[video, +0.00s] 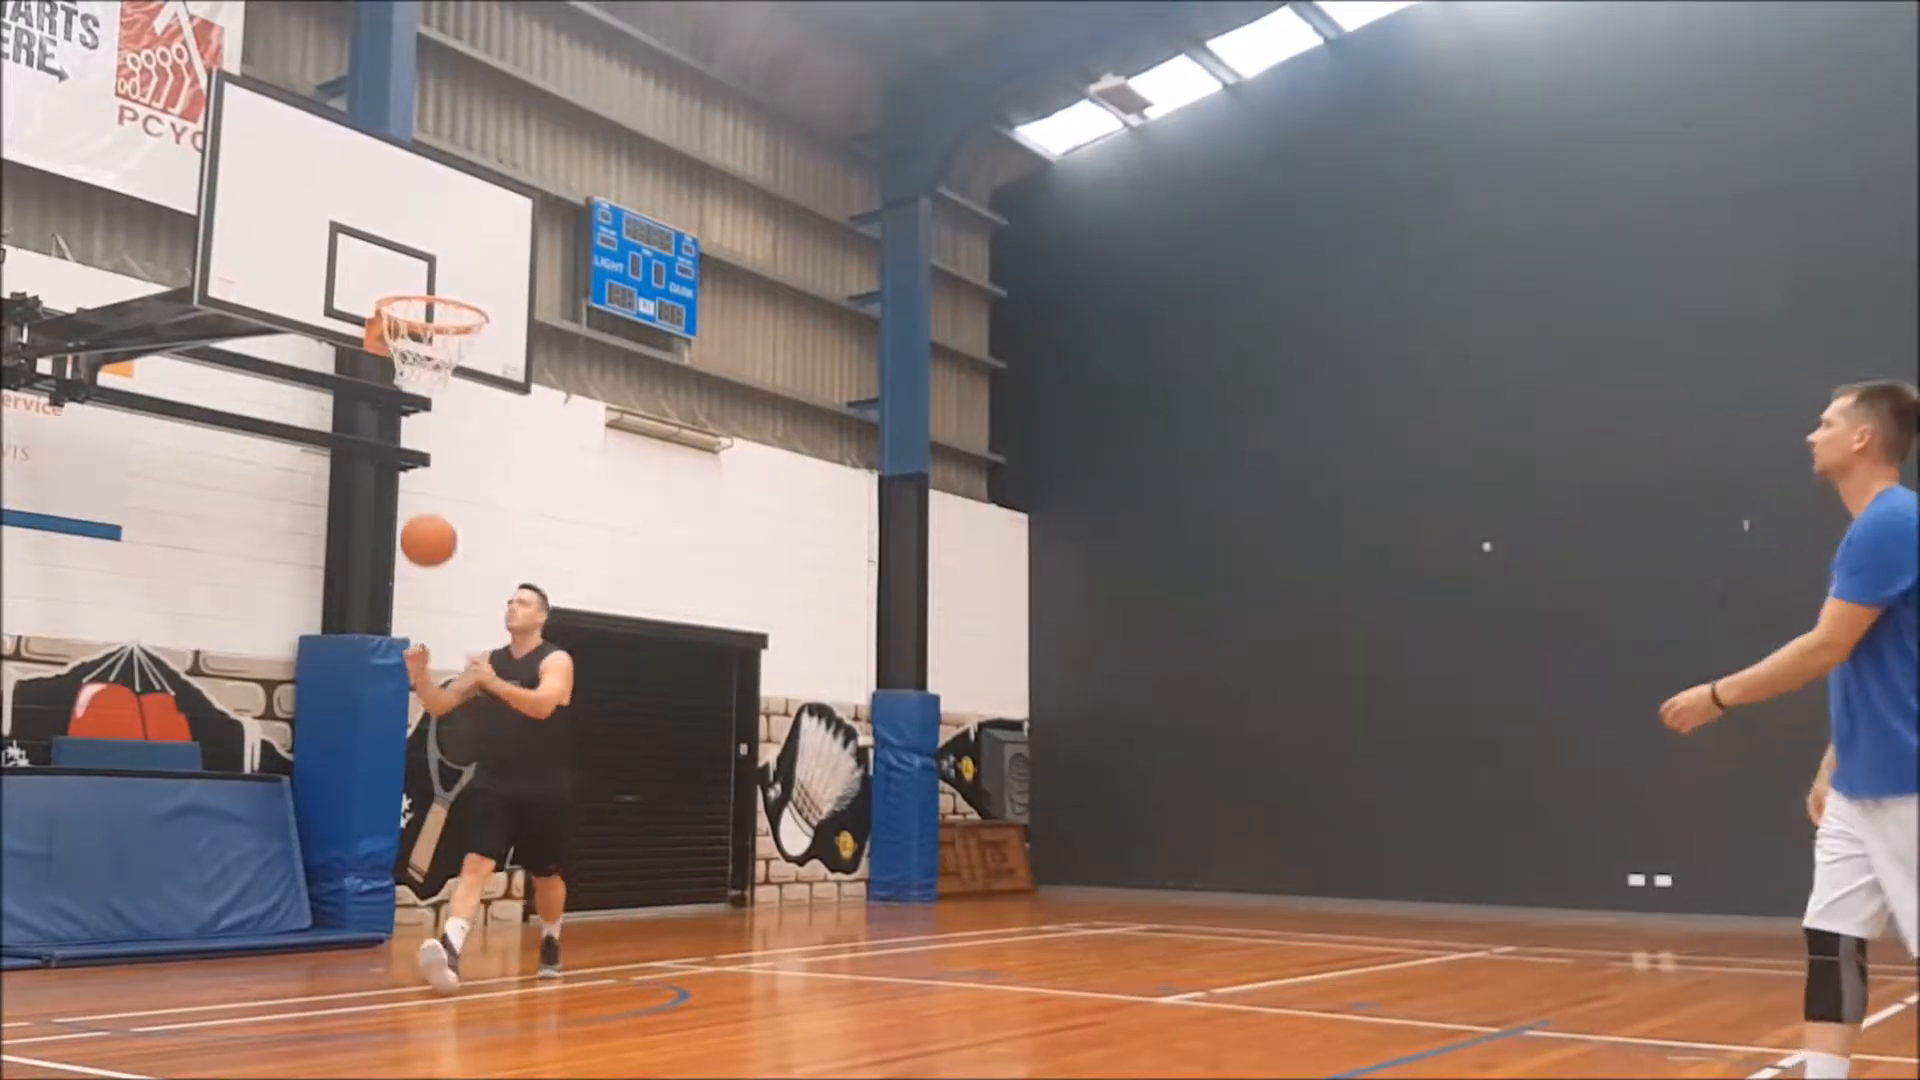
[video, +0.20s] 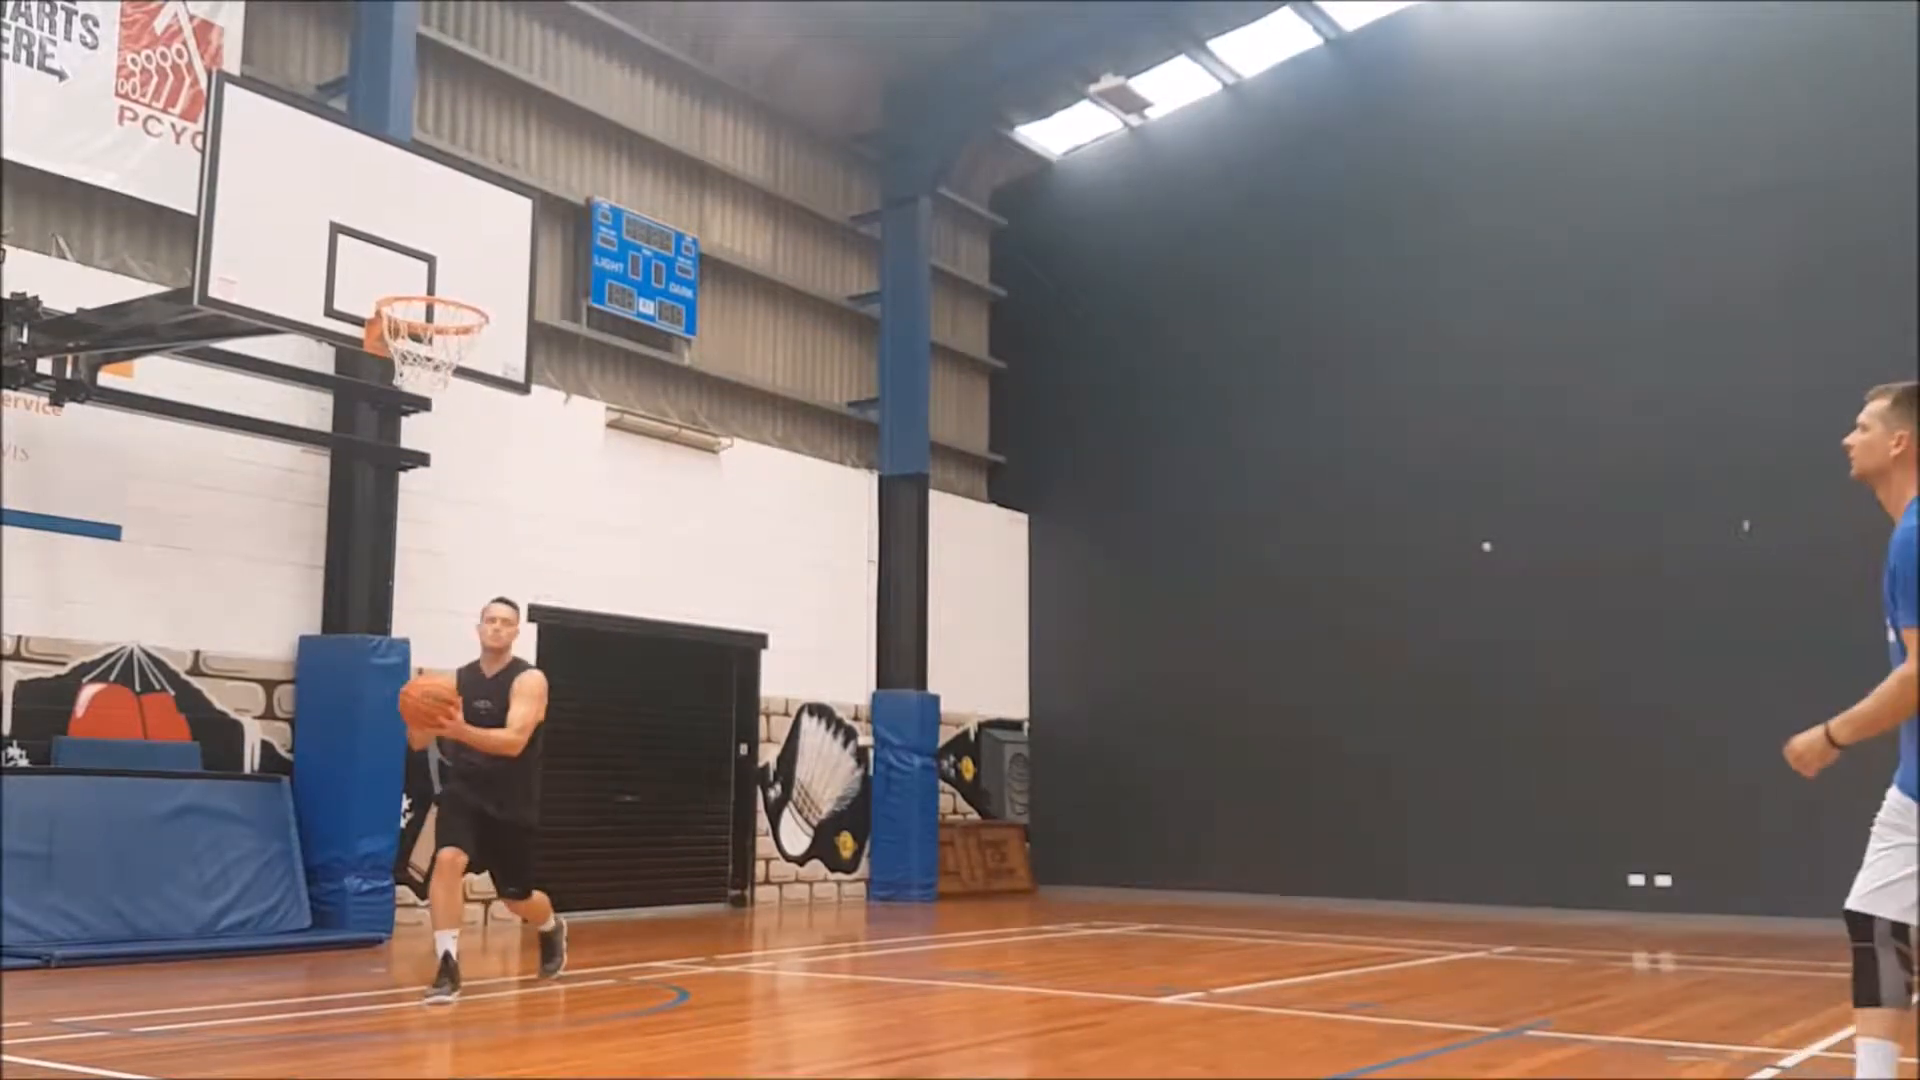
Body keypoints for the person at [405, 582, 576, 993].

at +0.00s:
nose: (513, 607)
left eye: (524, 603)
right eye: (511, 602)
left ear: (543, 617)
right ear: (505, 615)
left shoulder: (556, 660)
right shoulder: (489, 661)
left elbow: (542, 706)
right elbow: (441, 704)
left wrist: (491, 680)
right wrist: (419, 677)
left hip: (543, 786)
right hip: (493, 783)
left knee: (546, 872)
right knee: (476, 862)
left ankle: (550, 942)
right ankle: (449, 951)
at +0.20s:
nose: (497, 629)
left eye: (506, 624)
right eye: (491, 622)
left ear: (517, 632)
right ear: (478, 628)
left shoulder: (530, 680)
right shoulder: (457, 680)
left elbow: (514, 742)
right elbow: (418, 742)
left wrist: (460, 730)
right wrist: (417, 705)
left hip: (511, 804)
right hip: (462, 796)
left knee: (517, 899)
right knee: (449, 858)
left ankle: (551, 929)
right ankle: (447, 966)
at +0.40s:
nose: (483, 617)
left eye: (489, 608)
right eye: (474, 609)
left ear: (503, 612)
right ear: (460, 615)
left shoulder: (519, 658)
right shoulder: (444, 661)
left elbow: (518, 710)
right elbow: (453, 711)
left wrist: (499, 678)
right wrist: (483, 671)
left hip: (504, 777)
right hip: (449, 776)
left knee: (515, 872)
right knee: (453, 858)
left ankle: (508, 944)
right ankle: (448, 965)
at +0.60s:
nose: (480, 585)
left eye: (484, 578)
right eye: (470, 579)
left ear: (492, 587)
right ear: (453, 589)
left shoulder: (514, 637)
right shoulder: (441, 628)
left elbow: (523, 686)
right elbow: (464, 638)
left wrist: (514, 702)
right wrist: (529, 626)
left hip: (497, 761)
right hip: (447, 760)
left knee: (513, 858)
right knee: (457, 856)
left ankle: (478, 947)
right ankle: (443, 963)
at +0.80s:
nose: (486, 580)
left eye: (490, 574)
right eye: (476, 574)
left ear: (496, 584)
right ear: (456, 584)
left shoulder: (512, 636)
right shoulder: (442, 630)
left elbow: (520, 685)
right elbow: (463, 678)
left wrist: (526, 711)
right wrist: (528, 662)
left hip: (496, 765)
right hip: (446, 766)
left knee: (501, 860)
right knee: (453, 859)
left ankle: (481, 948)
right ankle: (440, 962)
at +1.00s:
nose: (494, 585)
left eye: (499, 579)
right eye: (485, 578)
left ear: (504, 590)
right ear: (464, 588)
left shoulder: (516, 643)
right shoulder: (445, 640)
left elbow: (531, 704)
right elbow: (434, 710)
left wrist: (543, 755)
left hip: (500, 769)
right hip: (451, 768)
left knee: (494, 863)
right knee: (454, 861)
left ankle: (484, 956)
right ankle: (442, 963)